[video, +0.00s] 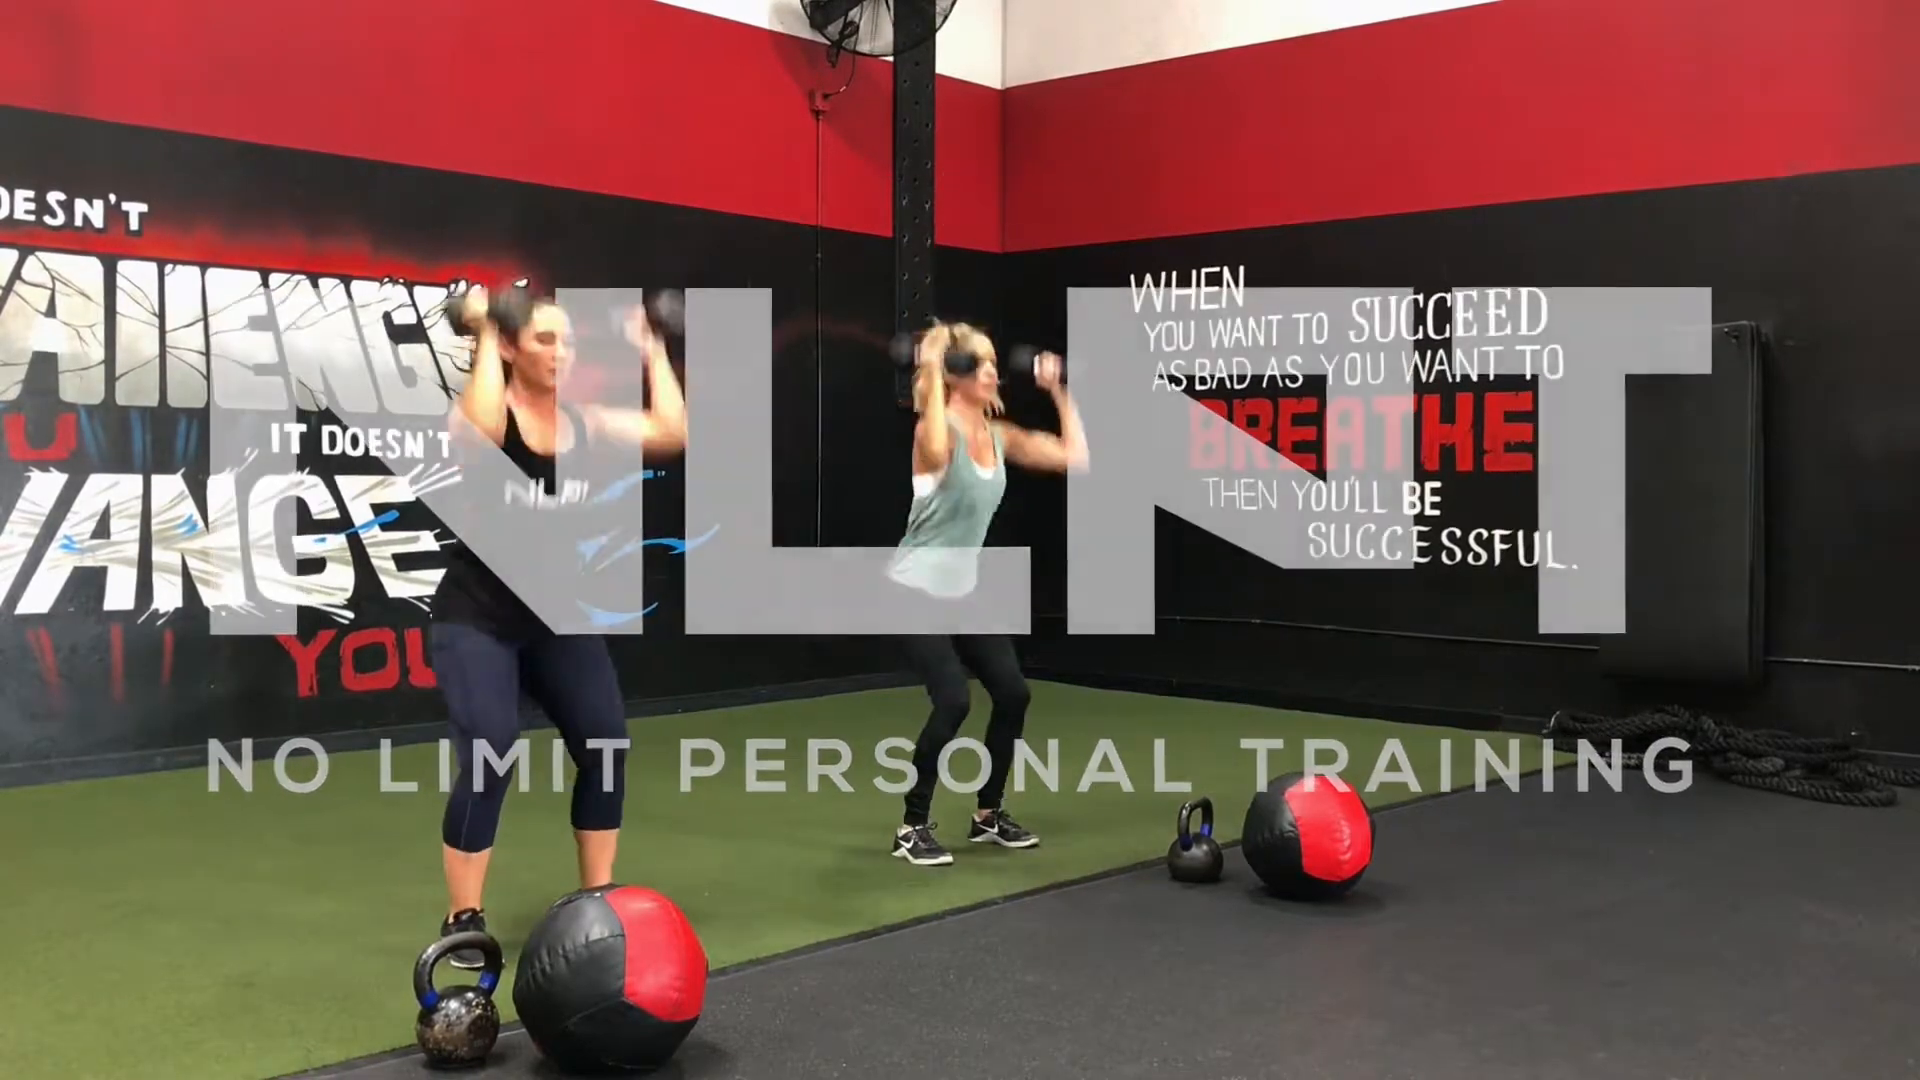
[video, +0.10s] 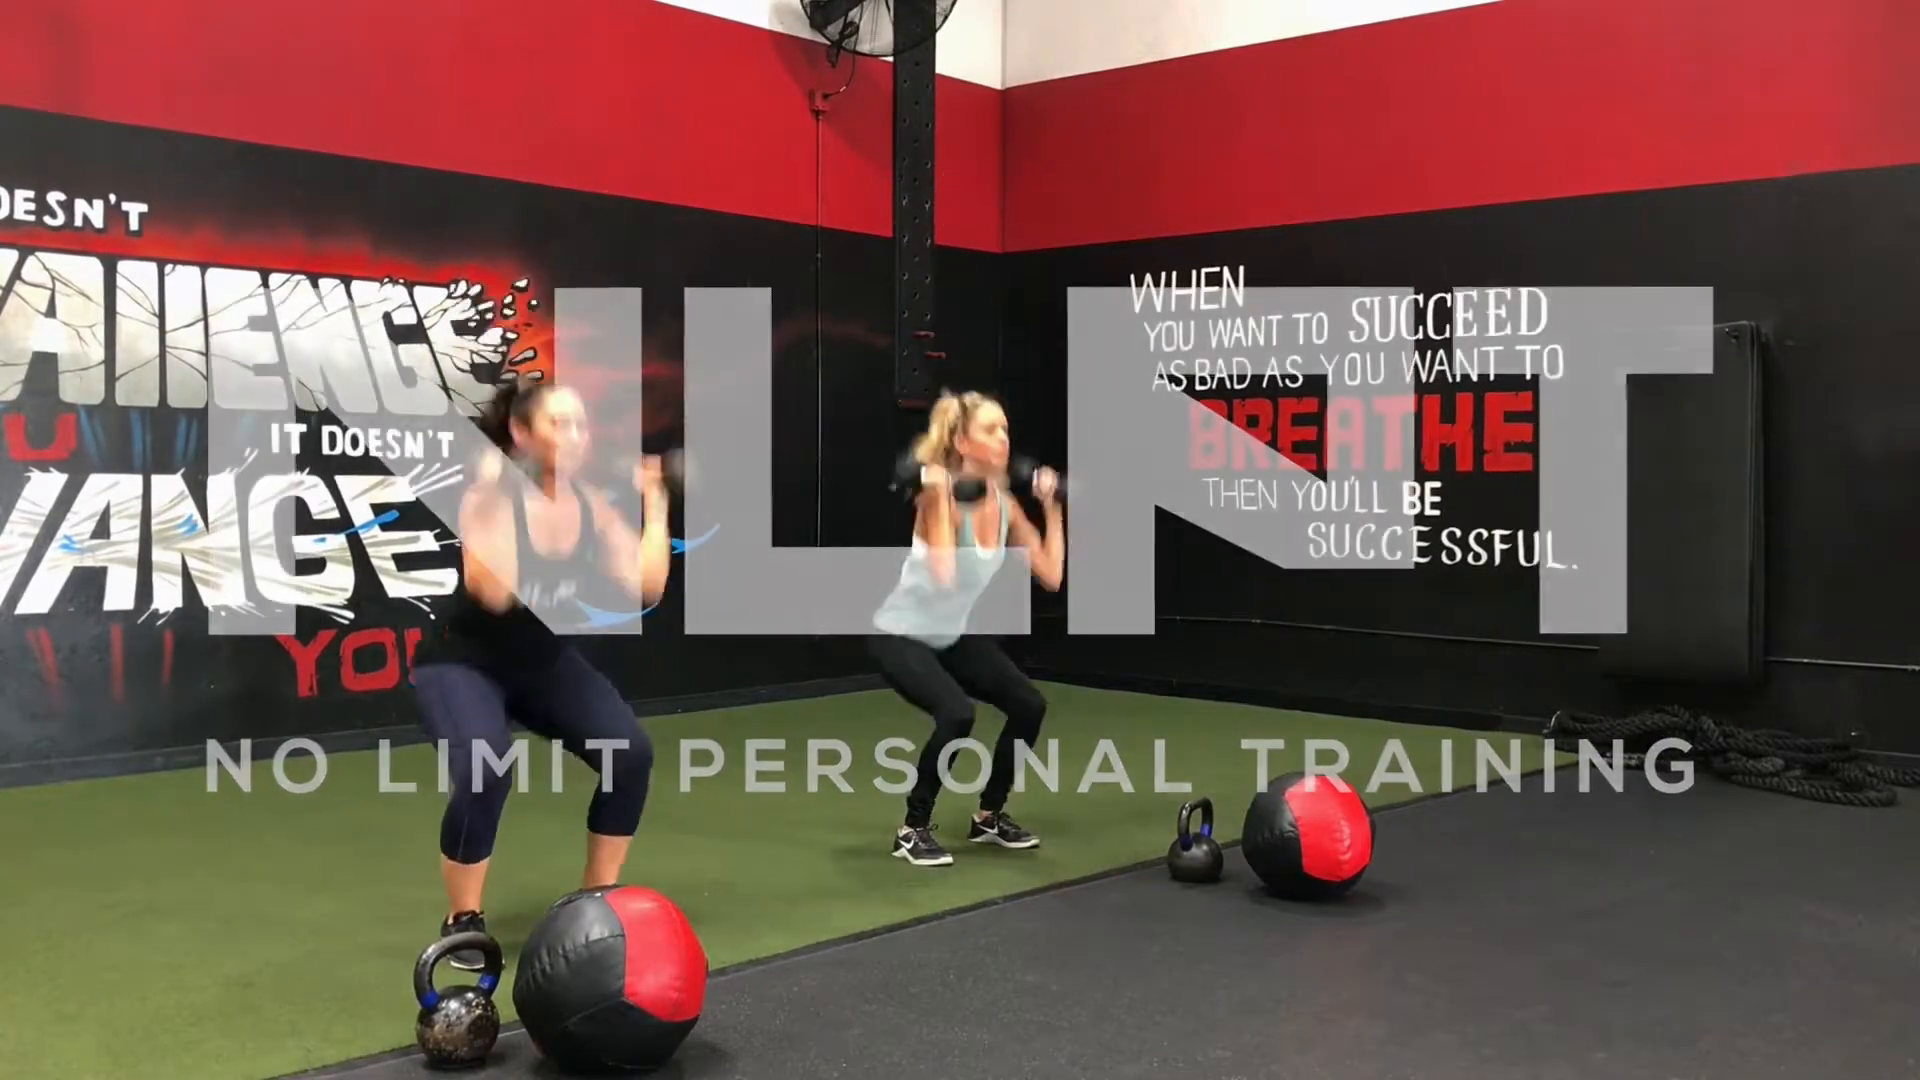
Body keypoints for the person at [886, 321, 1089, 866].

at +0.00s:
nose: (997, 376)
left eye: (995, 367)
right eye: (987, 368)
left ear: (984, 375)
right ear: (959, 377)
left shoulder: (997, 434)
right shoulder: (936, 433)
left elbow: (1073, 456)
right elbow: (934, 450)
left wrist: (1059, 392)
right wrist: (932, 370)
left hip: (967, 594)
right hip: (915, 594)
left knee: (1012, 695)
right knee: (953, 701)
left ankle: (988, 814)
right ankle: (913, 826)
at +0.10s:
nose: (1003, 440)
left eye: (1004, 430)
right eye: (992, 431)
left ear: (1005, 439)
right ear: (962, 442)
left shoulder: (1004, 503)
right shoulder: (939, 497)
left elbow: (1051, 574)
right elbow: (943, 573)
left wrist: (1051, 507)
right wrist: (940, 496)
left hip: (951, 639)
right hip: (898, 638)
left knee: (1028, 705)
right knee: (957, 713)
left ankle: (989, 815)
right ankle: (914, 828)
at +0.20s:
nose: (1010, 497)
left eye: (1011, 488)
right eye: (996, 490)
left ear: (1016, 494)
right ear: (967, 501)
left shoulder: (1013, 559)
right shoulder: (943, 553)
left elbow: (1046, 638)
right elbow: (940, 649)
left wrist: (1049, 572)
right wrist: (942, 567)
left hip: (951, 675)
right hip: (895, 675)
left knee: (1035, 711)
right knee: (955, 721)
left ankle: (990, 817)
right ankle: (914, 829)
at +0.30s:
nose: (1010, 503)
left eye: (1012, 494)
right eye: (997, 495)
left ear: (1016, 501)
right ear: (968, 507)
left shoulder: (1013, 561)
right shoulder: (944, 560)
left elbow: (1052, 641)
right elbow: (943, 655)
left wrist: (1049, 574)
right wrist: (944, 573)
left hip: (956, 682)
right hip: (896, 681)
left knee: (1037, 713)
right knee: (955, 723)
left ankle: (990, 818)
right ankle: (915, 830)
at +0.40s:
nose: (1007, 462)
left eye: (1009, 453)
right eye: (995, 453)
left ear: (1010, 460)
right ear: (965, 464)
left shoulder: (1008, 521)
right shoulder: (941, 519)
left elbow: (1060, 593)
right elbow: (944, 600)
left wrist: (1050, 525)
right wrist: (944, 521)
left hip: (953, 656)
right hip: (898, 655)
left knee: (1035, 711)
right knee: (955, 720)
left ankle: (989, 818)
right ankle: (914, 828)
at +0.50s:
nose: (999, 389)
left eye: (1000, 380)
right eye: (987, 380)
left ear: (1000, 389)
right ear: (957, 388)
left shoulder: (1002, 452)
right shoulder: (937, 443)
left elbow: (1066, 510)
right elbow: (938, 502)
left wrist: (1057, 442)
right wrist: (934, 421)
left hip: (961, 608)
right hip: (909, 606)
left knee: (1021, 696)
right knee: (950, 705)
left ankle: (989, 815)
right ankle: (913, 827)